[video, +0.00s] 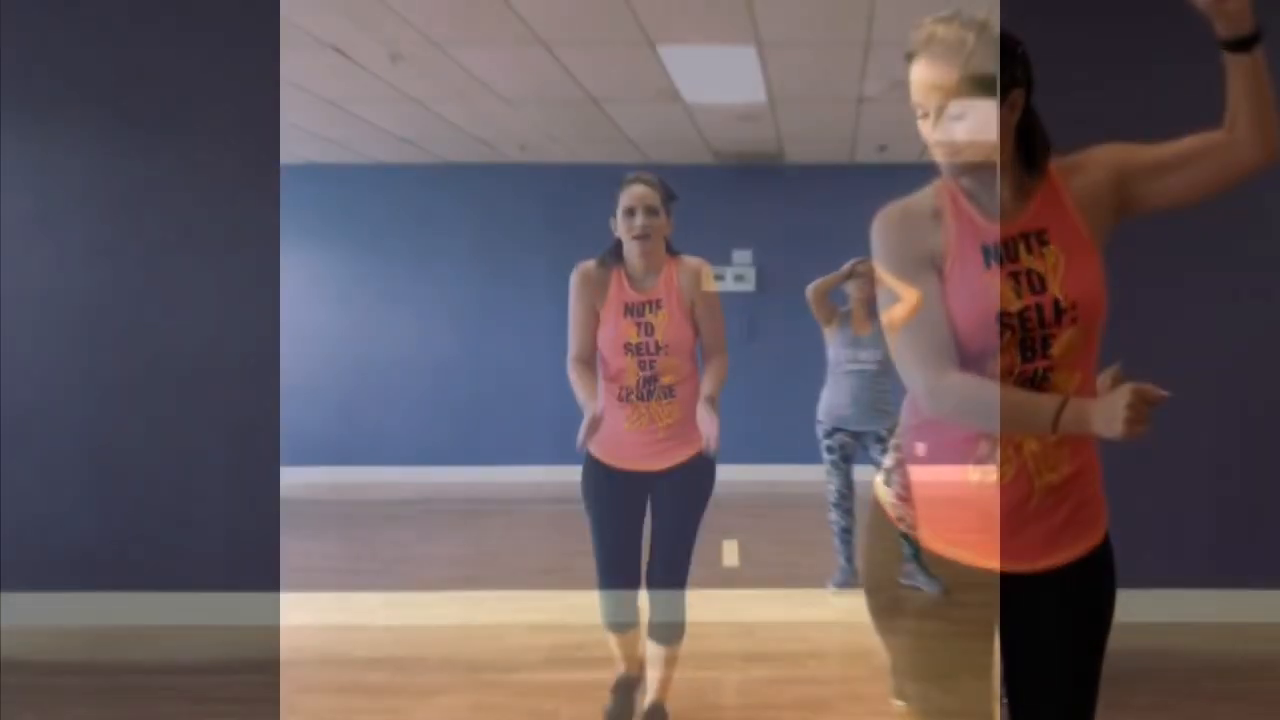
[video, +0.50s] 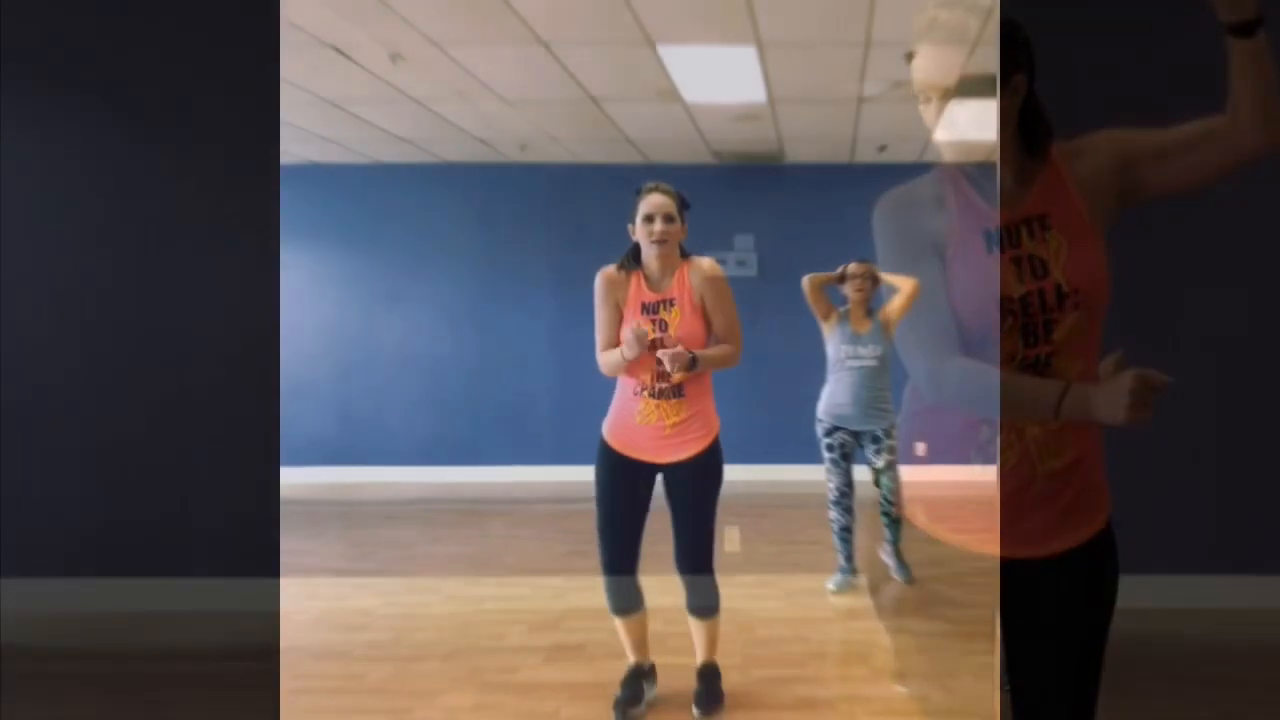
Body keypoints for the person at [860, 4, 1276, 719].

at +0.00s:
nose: (934, 131)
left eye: (952, 110)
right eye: (921, 114)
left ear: (1011, 103)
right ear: (911, 112)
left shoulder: (1093, 183)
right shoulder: (908, 226)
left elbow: (1251, 144)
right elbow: (934, 386)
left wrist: (1237, 33)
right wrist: (1082, 413)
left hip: (1062, 543)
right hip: (938, 544)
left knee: (1058, 712)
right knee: (948, 711)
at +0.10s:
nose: (933, 125)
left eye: (952, 105)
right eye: (921, 108)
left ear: (1010, 102)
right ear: (910, 108)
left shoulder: (1092, 181)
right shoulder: (908, 223)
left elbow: (1252, 141)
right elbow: (936, 384)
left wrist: (1238, 33)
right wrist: (1082, 410)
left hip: (1063, 542)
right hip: (943, 544)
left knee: (1058, 712)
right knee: (949, 712)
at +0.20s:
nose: (935, 121)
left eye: (954, 100)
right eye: (922, 102)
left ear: (1012, 97)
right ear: (910, 102)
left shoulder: (1092, 178)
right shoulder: (909, 220)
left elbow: (1252, 139)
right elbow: (935, 380)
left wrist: (1239, 31)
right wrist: (1083, 408)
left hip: (1064, 544)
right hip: (946, 547)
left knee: (1059, 710)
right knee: (951, 710)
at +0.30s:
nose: (937, 118)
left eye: (957, 97)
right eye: (923, 99)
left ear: (1013, 95)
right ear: (910, 97)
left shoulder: (1093, 175)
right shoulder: (909, 217)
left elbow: (1251, 137)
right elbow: (936, 378)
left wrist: (1240, 28)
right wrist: (1085, 405)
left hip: (1064, 544)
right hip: (946, 545)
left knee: (1059, 710)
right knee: (951, 710)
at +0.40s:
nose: (951, 117)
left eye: (971, 91)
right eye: (932, 96)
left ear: (1016, 90)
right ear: (915, 99)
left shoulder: (1090, 173)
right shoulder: (909, 214)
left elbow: (1250, 135)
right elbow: (936, 373)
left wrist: (1242, 30)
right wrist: (1089, 403)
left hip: (1066, 541)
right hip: (951, 542)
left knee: (1058, 713)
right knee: (952, 712)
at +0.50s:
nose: (962, 113)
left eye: (981, 88)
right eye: (941, 92)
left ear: (1016, 89)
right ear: (921, 99)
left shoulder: (1091, 169)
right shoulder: (909, 212)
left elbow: (1250, 132)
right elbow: (936, 370)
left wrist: (1243, 27)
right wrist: (1088, 401)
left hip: (1068, 534)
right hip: (953, 538)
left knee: (1059, 712)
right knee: (953, 711)